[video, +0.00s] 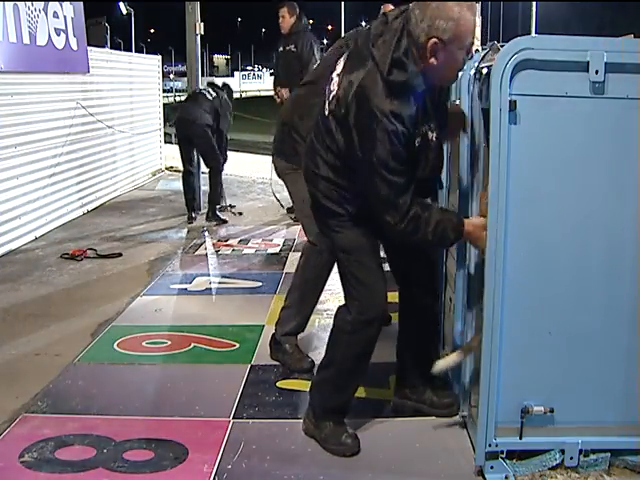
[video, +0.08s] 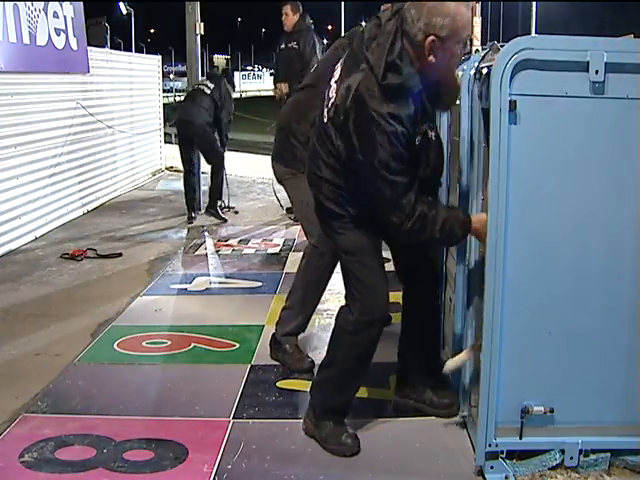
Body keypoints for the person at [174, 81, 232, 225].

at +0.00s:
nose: (230, 101)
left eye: (230, 99)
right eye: (230, 98)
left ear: (219, 89)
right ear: (227, 94)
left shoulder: (200, 92)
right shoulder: (224, 101)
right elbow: (222, 129)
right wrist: (222, 154)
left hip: (182, 124)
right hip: (200, 126)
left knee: (188, 169)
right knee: (215, 165)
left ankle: (191, 211)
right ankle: (213, 211)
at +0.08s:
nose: (231, 93)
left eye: (231, 91)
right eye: (230, 90)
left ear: (213, 78)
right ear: (227, 84)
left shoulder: (201, 84)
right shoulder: (224, 90)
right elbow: (223, 117)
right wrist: (223, 143)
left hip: (182, 124)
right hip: (199, 125)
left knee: (189, 169)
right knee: (217, 161)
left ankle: (191, 211)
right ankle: (213, 205)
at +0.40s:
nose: (237, 60)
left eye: (237, 56)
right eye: (236, 56)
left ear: (221, 54)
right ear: (230, 54)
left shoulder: (207, 68)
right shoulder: (227, 69)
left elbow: (203, 95)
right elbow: (227, 95)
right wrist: (233, 106)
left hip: (194, 121)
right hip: (209, 124)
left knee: (201, 164)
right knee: (219, 166)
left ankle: (192, 199)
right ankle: (216, 208)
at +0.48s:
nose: (238, 55)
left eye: (238, 51)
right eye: (237, 51)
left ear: (223, 50)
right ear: (231, 50)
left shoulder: (210, 66)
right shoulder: (227, 66)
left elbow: (206, 92)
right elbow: (227, 91)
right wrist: (236, 94)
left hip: (199, 122)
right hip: (212, 123)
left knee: (207, 162)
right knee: (219, 165)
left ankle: (196, 201)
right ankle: (216, 207)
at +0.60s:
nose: (239, 49)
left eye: (239, 45)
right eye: (237, 45)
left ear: (225, 45)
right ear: (231, 45)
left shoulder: (213, 61)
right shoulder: (226, 61)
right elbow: (227, 87)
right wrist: (241, 83)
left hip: (205, 118)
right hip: (215, 120)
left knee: (215, 163)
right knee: (219, 164)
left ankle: (210, 201)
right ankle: (215, 206)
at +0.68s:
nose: (240, 45)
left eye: (240, 41)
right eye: (238, 42)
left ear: (228, 42)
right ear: (231, 42)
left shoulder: (219, 57)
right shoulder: (226, 59)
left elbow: (225, 85)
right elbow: (229, 87)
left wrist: (238, 84)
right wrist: (242, 83)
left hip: (212, 119)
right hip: (215, 120)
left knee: (219, 164)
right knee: (219, 165)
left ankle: (218, 198)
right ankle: (215, 206)